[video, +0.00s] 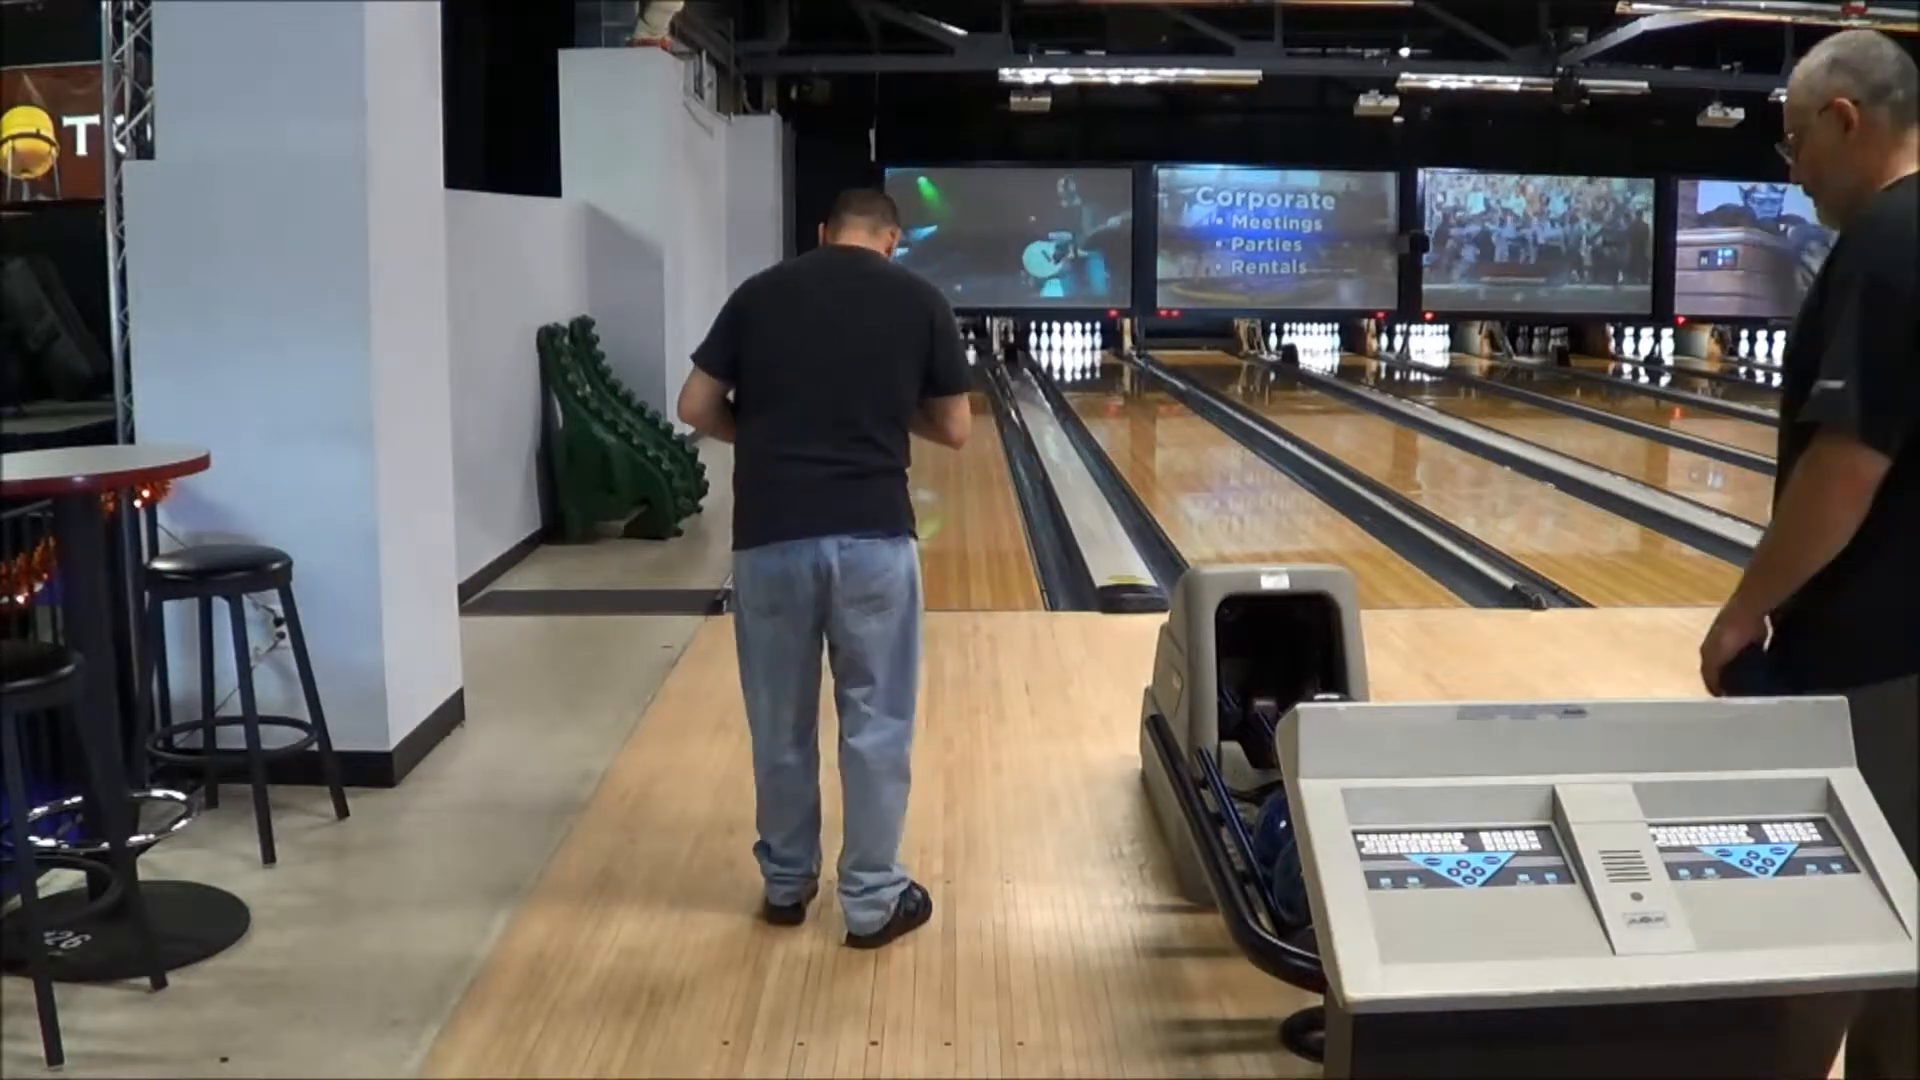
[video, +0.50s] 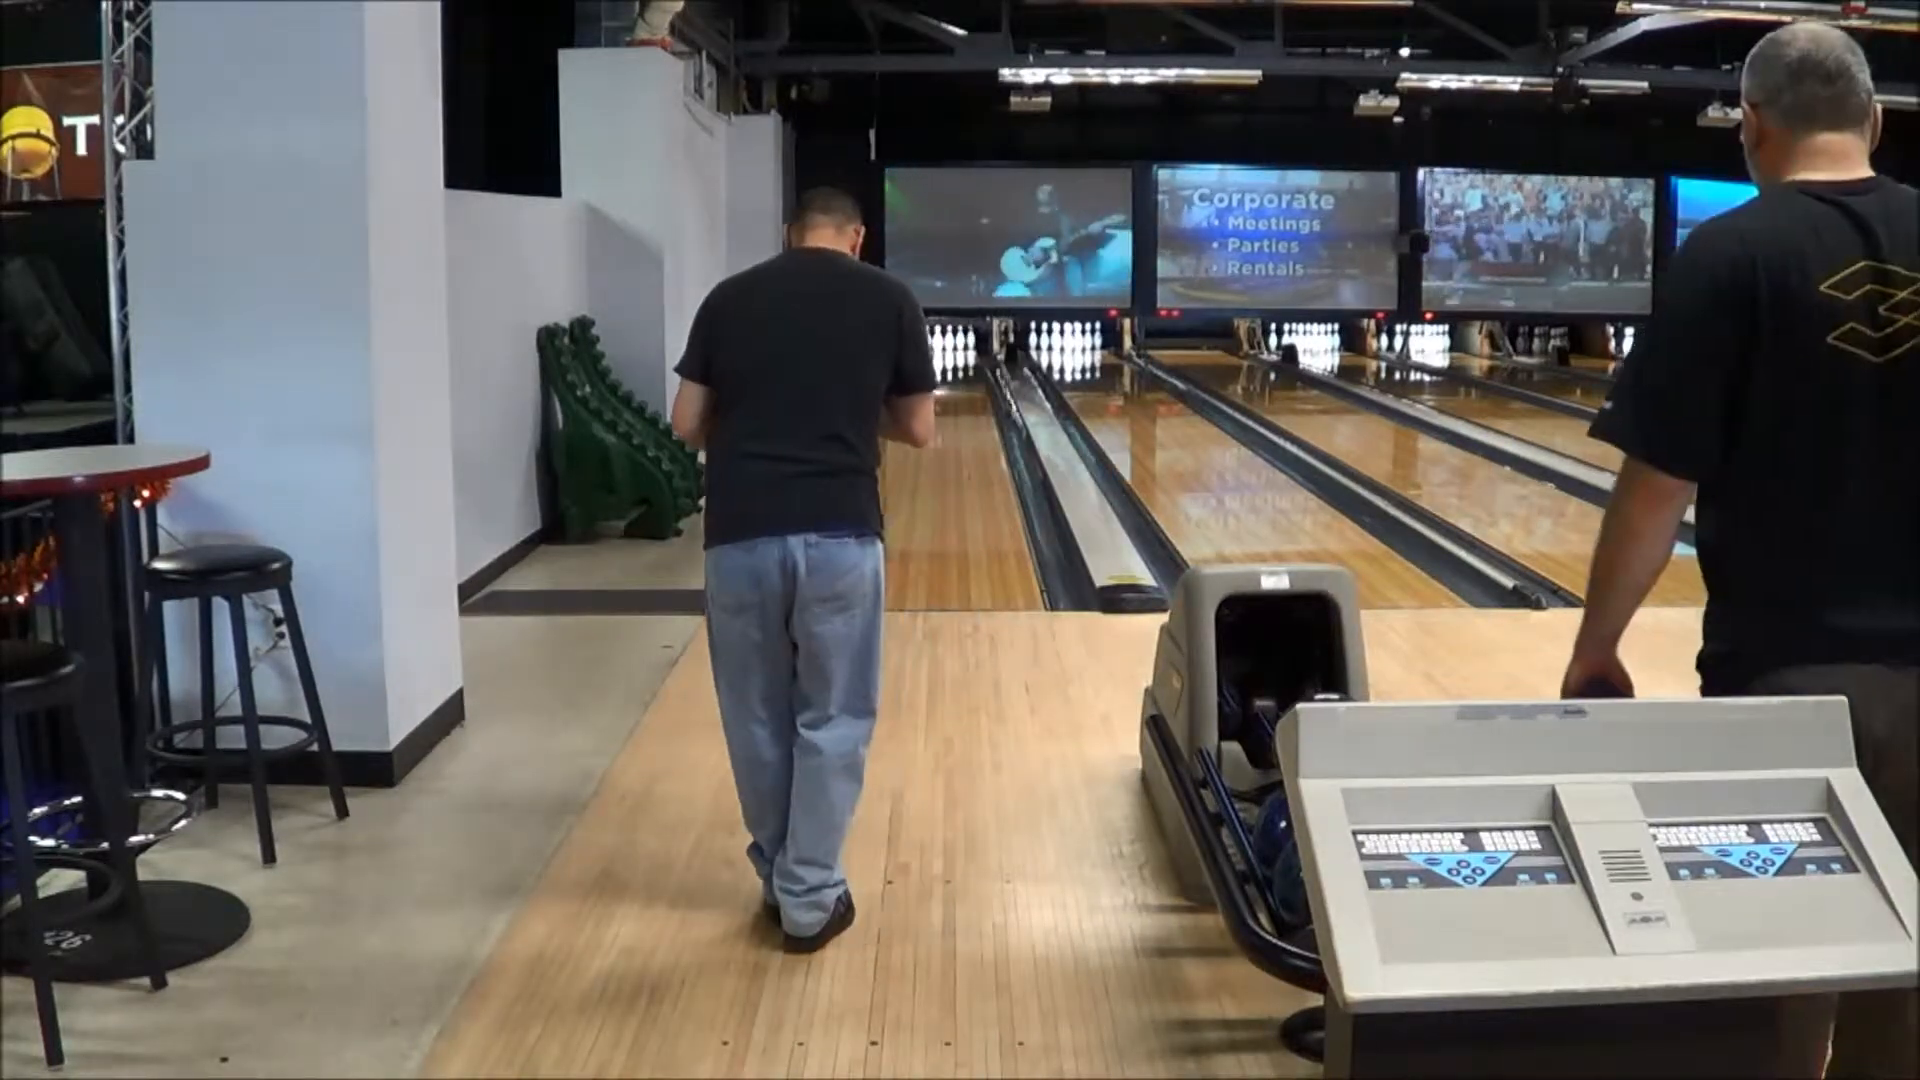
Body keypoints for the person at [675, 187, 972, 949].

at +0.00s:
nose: (892, 252)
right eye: (895, 241)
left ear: (821, 230)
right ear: (890, 241)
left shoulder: (761, 291)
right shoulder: (917, 299)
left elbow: (696, 408)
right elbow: (954, 428)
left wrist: (758, 427)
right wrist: (891, 396)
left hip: (772, 542)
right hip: (873, 540)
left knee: (779, 718)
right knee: (876, 716)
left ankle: (785, 884)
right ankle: (870, 900)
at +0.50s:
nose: (856, 247)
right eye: (859, 236)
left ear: (787, 235)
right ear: (857, 237)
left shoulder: (729, 296)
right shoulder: (886, 297)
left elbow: (689, 421)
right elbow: (918, 428)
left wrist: (742, 426)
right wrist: (860, 396)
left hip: (739, 538)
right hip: (839, 536)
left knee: (755, 715)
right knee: (834, 717)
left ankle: (779, 873)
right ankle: (807, 899)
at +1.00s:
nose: (858, 253)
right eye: (860, 241)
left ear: (786, 235)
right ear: (854, 241)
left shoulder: (724, 299)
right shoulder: (880, 301)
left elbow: (674, 423)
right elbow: (910, 432)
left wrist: (728, 444)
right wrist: (850, 410)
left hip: (732, 539)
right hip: (831, 537)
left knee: (750, 717)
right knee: (826, 721)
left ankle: (773, 875)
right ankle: (805, 903)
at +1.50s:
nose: (847, 261)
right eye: (851, 250)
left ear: (780, 244)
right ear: (849, 249)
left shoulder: (718, 304)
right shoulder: (870, 318)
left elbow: (679, 435)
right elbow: (893, 467)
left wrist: (733, 455)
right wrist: (842, 472)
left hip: (715, 544)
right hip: (814, 542)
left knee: (738, 718)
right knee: (819, 724)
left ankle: (771, 872)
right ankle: (795, 906)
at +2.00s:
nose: (873, 267)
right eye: (876, 257)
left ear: (797, 243)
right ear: (869, 251)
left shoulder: (732, 298)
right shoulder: (880, 332)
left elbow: (693, 421)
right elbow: (890, 489)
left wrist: (745, 452)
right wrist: (905, 506)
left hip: (710, 547)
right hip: (809, 549)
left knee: (738, 720)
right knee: (820, 731)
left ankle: (771, 871)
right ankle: (794, 906)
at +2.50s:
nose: (882, 249)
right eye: (886, 238)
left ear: (808, 234)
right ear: (883, 237)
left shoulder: (744, 296)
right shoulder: (898, 324)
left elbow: (686, 416)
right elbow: (893, 460)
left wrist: (735, 470)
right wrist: (878, 528)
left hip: (720, 540)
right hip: (820, 543)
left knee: (744, 715)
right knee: (826, 729)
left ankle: (772, 868)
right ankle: (793, 904)